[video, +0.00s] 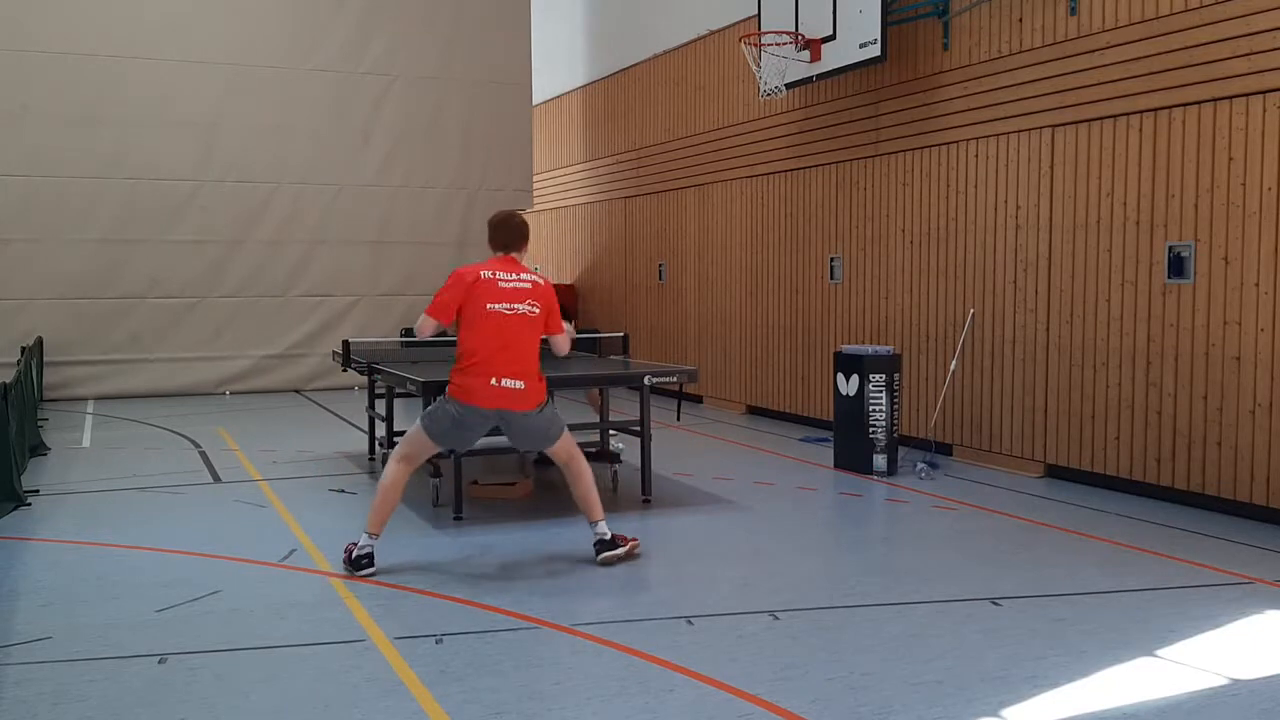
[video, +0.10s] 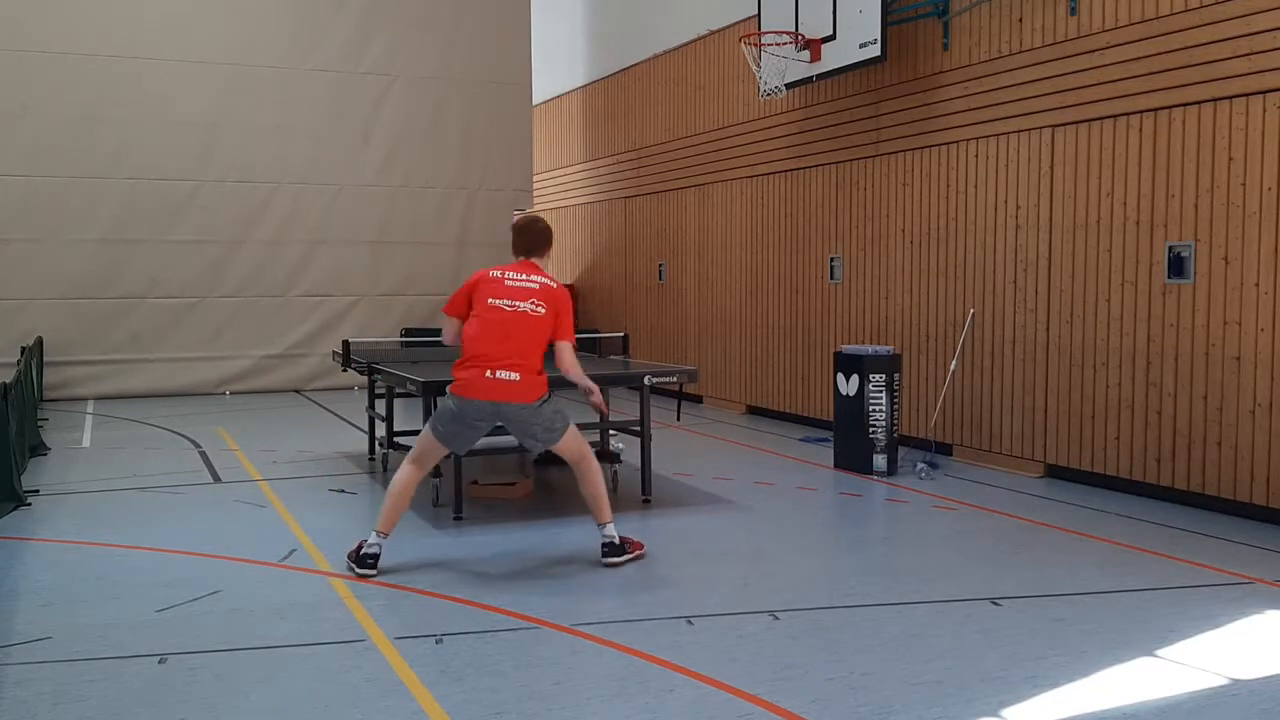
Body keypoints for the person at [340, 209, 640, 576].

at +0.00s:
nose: (523, 244)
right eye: (525, 239)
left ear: (490, 243)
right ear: (525, 244)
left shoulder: (467, 276)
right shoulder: (541, 285)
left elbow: (423, 330)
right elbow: (561, 347)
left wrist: (447, 313)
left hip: (468, 403)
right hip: (526, 406)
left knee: (403, 460)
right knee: (571, 459)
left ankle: (365, 548)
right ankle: (604, 536)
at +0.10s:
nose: (548, 251)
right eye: (549, 247)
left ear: (512, 248)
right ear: (548, 251)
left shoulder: (482, 279)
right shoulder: (557, 292)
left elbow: (450, 337)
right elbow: (564, 360)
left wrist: (488, 331)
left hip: (470, 394)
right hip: (526, 399)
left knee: (416, 464)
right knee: (581, 457)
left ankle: (372, 548)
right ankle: (611, 539)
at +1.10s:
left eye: (435, 287)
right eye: (464, 287)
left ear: (431, 287)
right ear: (468, 288)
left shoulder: (412, 311)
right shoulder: (486, 314)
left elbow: (381, 366)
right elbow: (526, 364)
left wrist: (412, 371)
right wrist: (496, 388)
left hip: (421, 421)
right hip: (480, 421)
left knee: (356, 462)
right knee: (545, 460)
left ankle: (318, 544)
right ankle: (583, 539)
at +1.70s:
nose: (456, 265)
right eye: (455, 260)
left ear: (416, 258)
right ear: (451, 261)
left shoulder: (390, 283)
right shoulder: (463, 287)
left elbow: (367, 343)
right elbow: (518, 338)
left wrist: (395, 355)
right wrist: (510, 363)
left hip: (388, 391)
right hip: (446, 391)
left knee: (336, 457)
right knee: (515, 456)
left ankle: (303, 543)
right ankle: (556, 542)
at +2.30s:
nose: (490, 258)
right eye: (490, 252)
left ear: (451, 253)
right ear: (486, 255)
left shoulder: (427, 284)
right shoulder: (501, 289)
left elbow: (377, 326)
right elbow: (552, 333)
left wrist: (389, 330)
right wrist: (578, 317)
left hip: (430, 402)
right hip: (489, 406)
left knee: (361, 458)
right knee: (537, 467)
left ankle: (328, 548)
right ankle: (570, 540)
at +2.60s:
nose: (582, 282)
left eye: (580, 276)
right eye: (583, 276)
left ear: (546, 268)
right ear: (578, 276)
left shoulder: (516, 292)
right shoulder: (560, 307)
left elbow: (523, 344)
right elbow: (544, 367)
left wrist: (571, 363)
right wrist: (580, 424)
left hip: (474, 409)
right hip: (525, 413)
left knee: (437, 478)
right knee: (603, 450)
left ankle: (385, 548)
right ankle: (629, 541)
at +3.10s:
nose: (691, 253)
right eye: (691, 249)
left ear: (653, 245)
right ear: (688, 250)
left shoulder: (622, 268)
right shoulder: (692, 281)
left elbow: (566, 297)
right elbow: (725, 315)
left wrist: (598, 307)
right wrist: (705, 279)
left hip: (607, 379)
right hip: (660, 383)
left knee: (589, 435)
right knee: (710, 443)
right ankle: (688, 523)